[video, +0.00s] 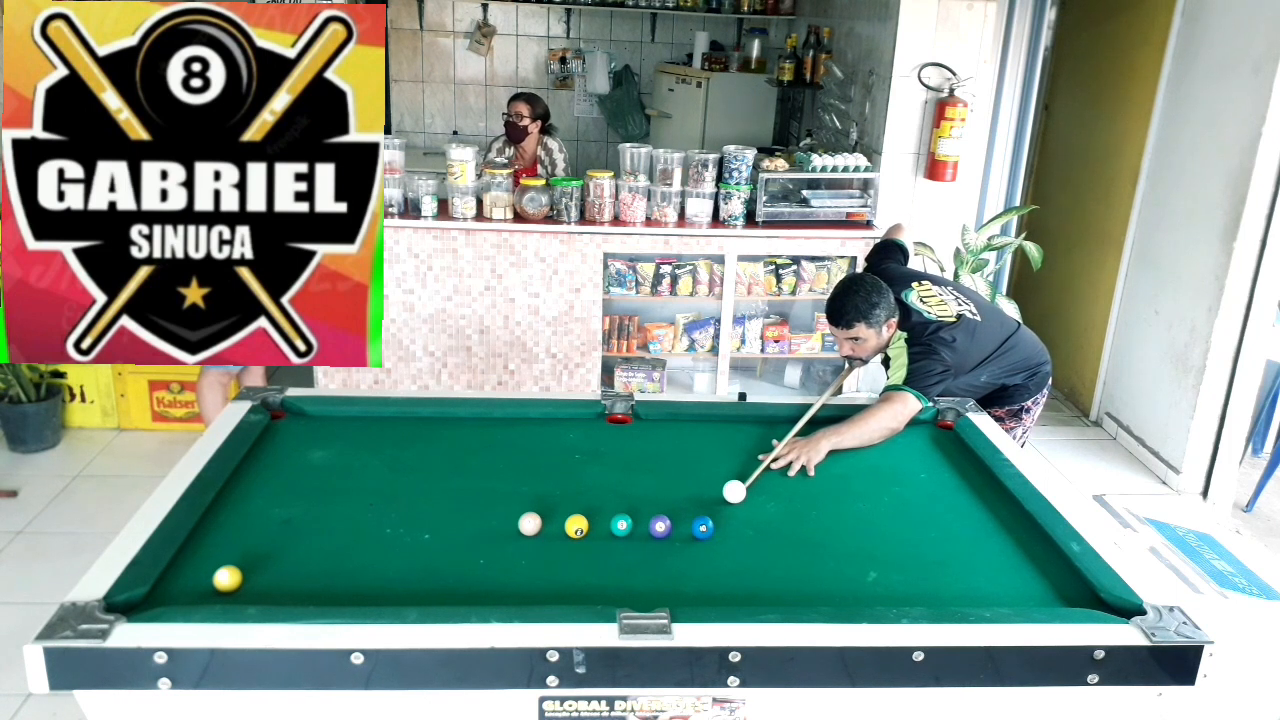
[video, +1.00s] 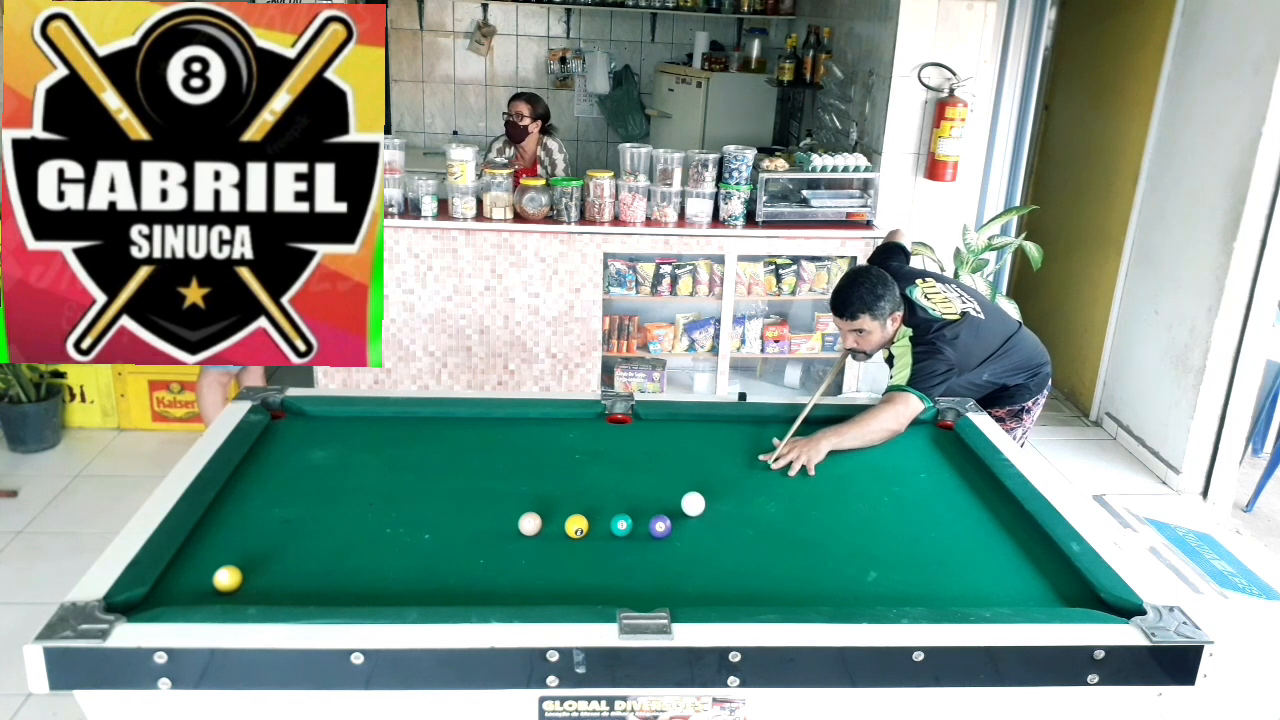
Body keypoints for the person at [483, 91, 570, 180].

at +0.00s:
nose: (509, 122)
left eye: (517, 117)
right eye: (508, 116)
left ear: (536, 126)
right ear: (505, 117)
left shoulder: (553, 147)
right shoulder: (498, 146)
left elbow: (564, 187)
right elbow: (484, 182)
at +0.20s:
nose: (511, 121)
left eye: (519, 116)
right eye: (509, 115)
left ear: (537, 126)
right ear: (506, 117)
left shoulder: (553, 147)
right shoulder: (498, 146)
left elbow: (564, 188)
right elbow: (485, 182)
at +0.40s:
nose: (512, 120)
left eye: (519, 115)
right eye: (510, 115)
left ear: (537, 125)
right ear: (506, 116)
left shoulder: (553, 147)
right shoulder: (499, 145)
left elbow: (564, 188)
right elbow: (485, 181)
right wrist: (507, 170)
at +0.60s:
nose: (511, 121)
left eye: (518, 116)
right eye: (509, 115)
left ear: (537, 125)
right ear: (506, 117)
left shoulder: (553, 147)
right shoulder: (499, 145)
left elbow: (564, 188)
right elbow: (484, 182)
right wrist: (507, 170)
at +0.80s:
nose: (510, 121)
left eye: (518, 116)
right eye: (509, 115)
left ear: (536, 126)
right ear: (506, 117)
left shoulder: (553, 147)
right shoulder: (499, 145)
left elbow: (564, 188)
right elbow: (484, 182)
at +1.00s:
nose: (510, 121)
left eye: (518, 116)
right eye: (509, 115)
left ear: (536, 126)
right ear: (505, 116)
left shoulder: (552, 147)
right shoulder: (499, 145)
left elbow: (564, 187)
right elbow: (484, 181)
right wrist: (506, 169)